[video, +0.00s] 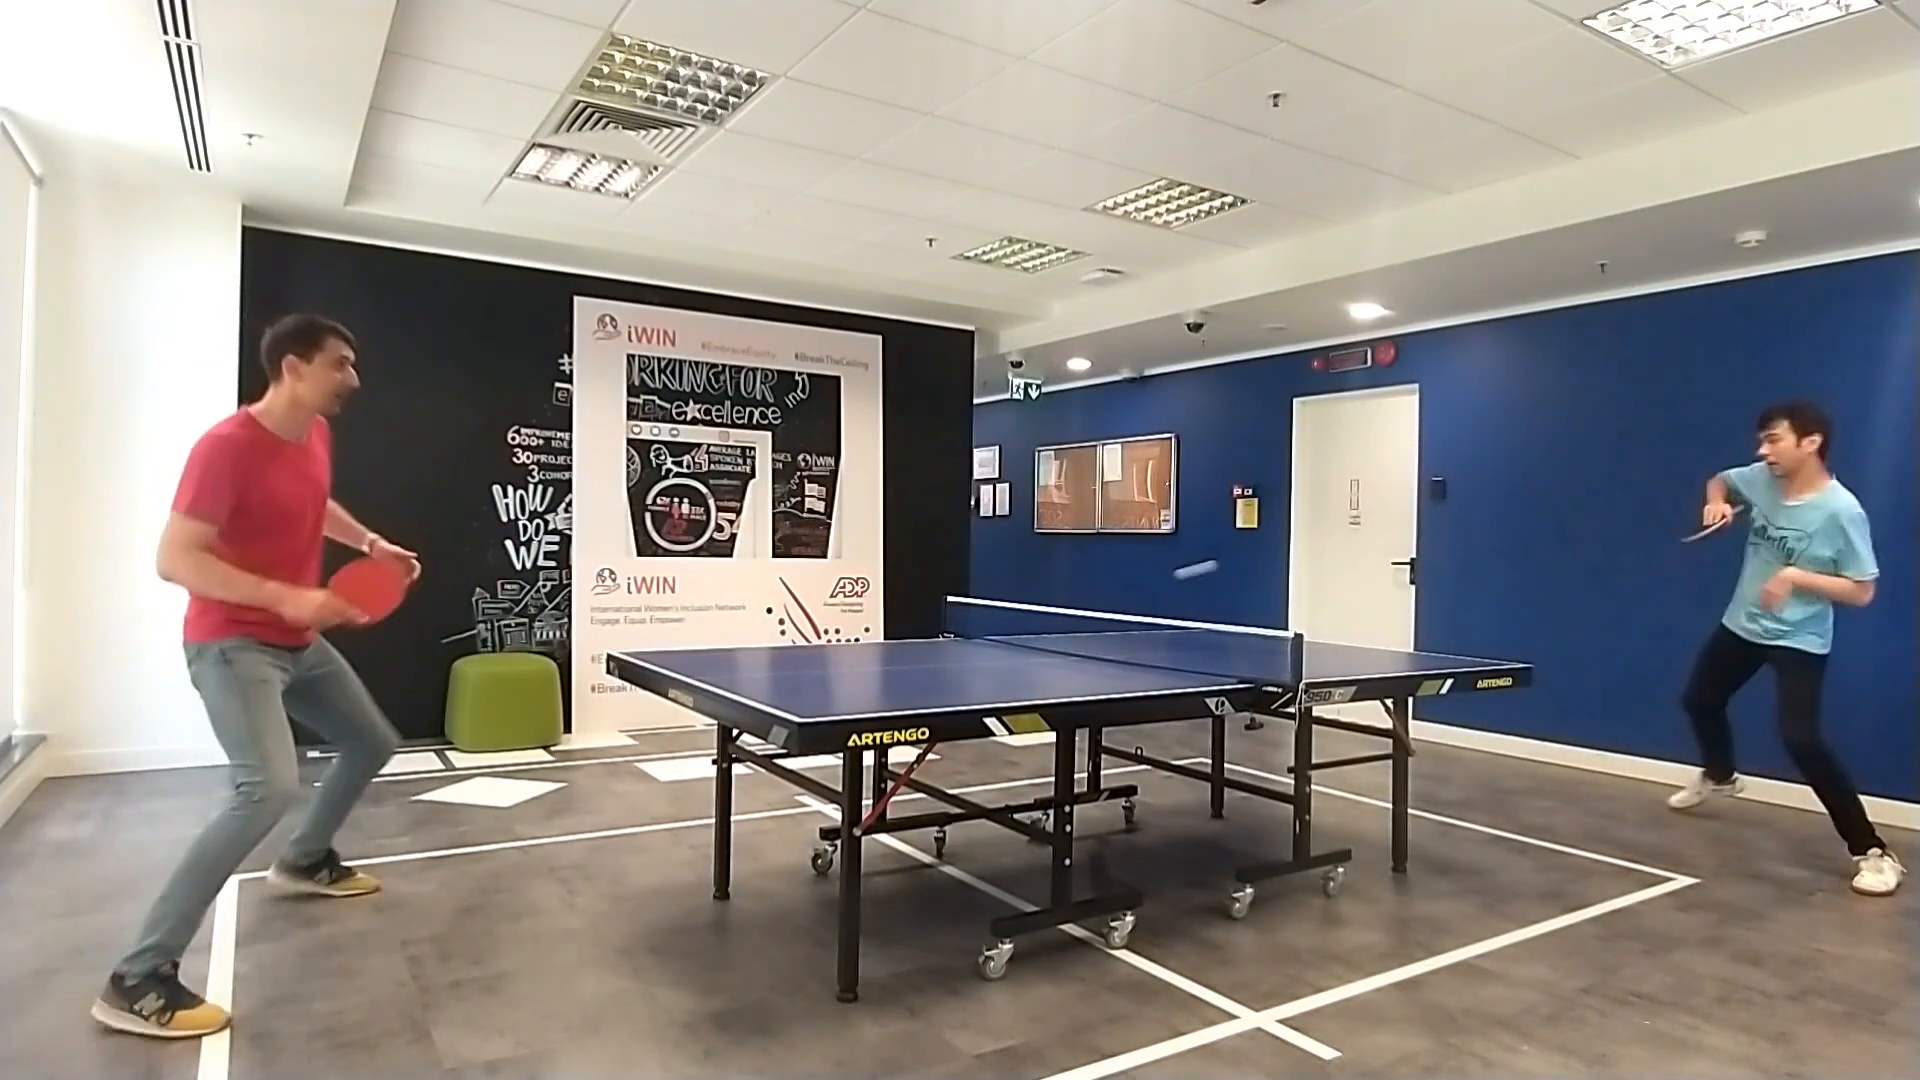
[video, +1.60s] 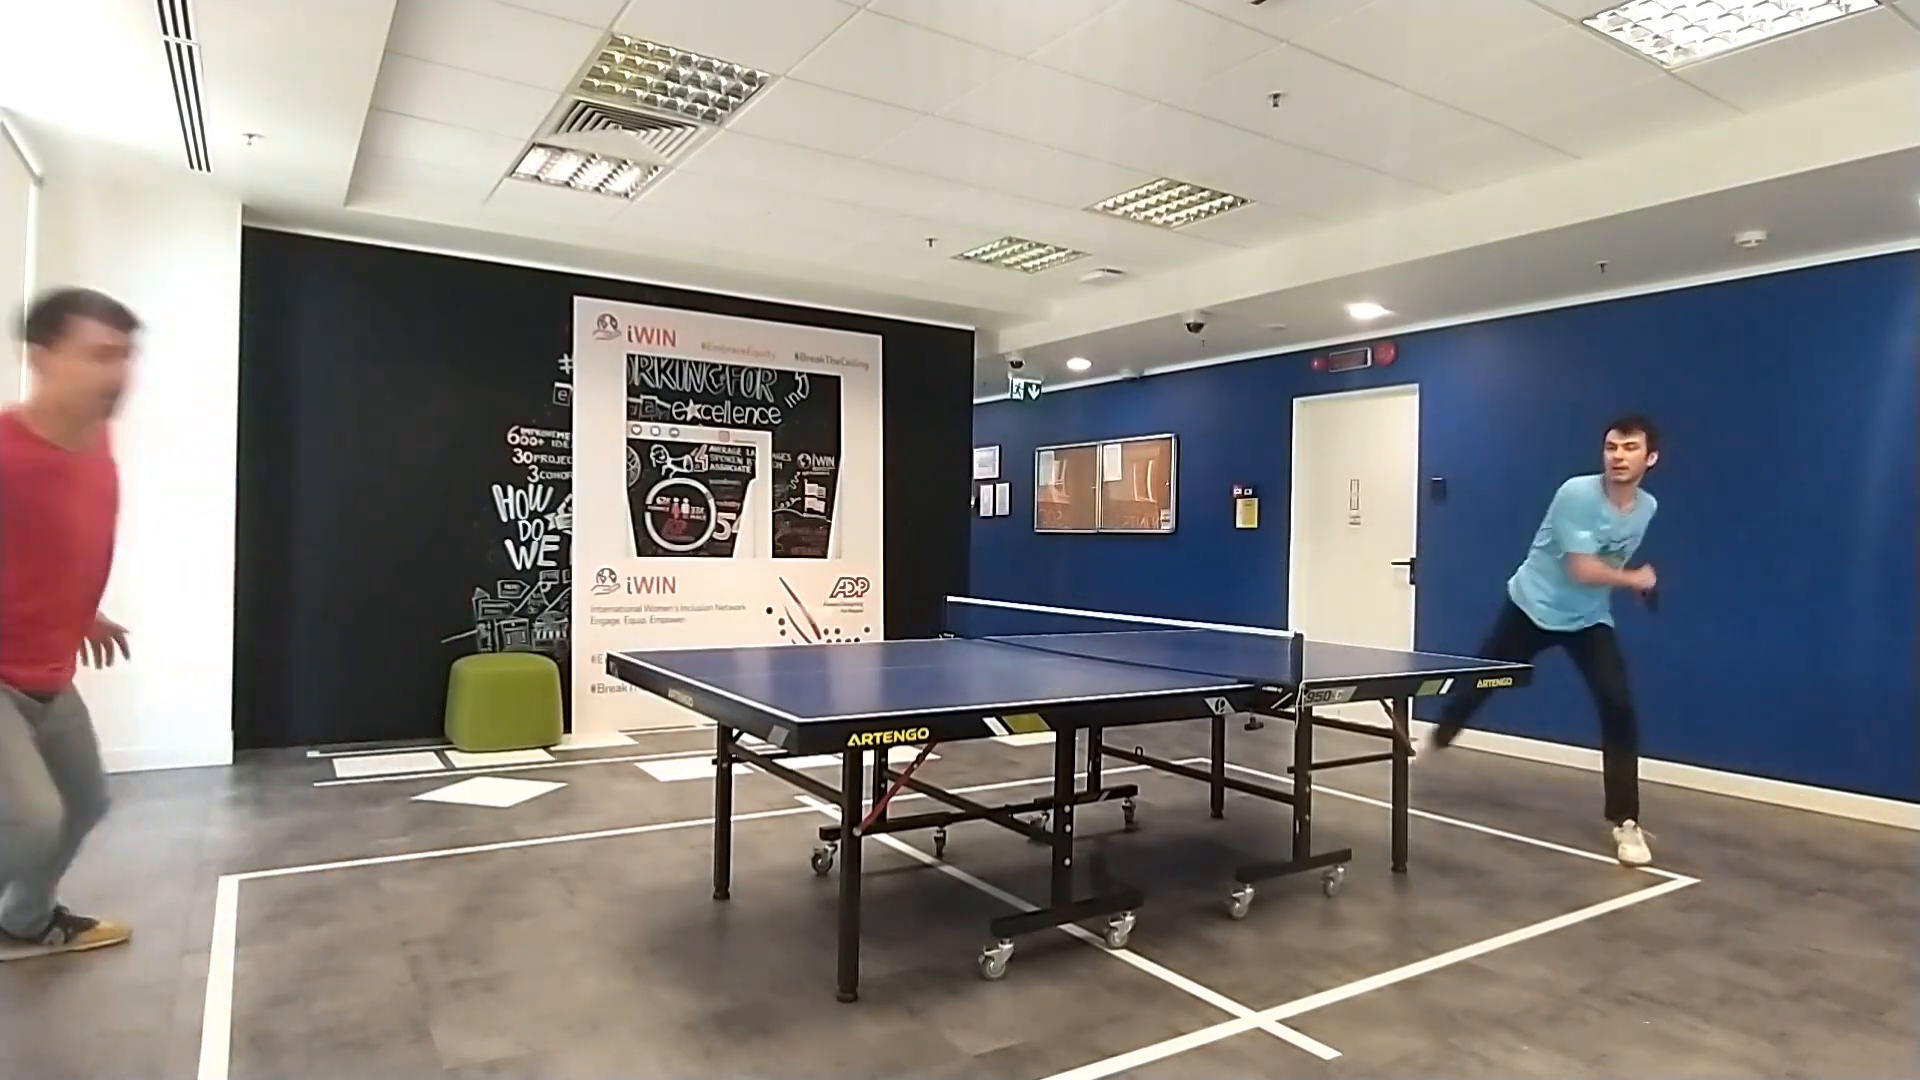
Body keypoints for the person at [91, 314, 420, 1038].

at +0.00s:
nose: (353, 379)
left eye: (353, 367)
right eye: (342, 365)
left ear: (309, 373)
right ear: (293, 368)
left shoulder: (315, 437)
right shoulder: (227, 446)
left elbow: (308, 506)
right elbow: (175, 558)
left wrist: (369, 543)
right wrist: (287, 596)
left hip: (298, 642)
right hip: (231, 645)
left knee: (371, 742)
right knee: (268, 790)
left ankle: (304, 858)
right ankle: (140, 975)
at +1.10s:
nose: (335, 350)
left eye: (335, 338)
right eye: (324, 334)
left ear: (286, 344)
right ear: (275, 336)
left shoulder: (276, 420)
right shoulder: (205, 409)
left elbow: (244, 509)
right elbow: (146, 508)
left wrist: (314, 542)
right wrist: (277, 522)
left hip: (230, 621)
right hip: (160, 627)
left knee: (309, 722)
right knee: (207, 789)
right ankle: (93, 961)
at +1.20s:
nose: (297, 324)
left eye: (298, 312)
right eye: (285, 309)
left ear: (251, 319)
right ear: (234, 311)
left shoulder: (245, 401)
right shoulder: (160, 385)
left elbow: (217, 498)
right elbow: (96, 491)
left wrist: (288, 538)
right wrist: (221, 526)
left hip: (187, 613)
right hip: (113, 608)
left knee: (243, 737)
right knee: (154, 779)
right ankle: (35, 960)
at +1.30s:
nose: (268, 339)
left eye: (267, 327)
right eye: (255, 324)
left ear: (217, 335)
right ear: (203, 327)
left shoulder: (205, 418)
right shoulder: (127, 404)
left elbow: (163, 512)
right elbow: (38, 508)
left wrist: (230, 556)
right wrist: (168, 563)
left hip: (133, 633)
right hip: (64, 626)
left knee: (168, 771)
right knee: (73, 812)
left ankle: (53, 888)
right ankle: (6, 906)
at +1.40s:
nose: (247, 381)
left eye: (247, 367)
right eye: (233, 364)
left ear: (189, 373)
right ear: (178, 367)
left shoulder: (168, 458)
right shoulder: (100, 442)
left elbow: (103, 548)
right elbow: (4, 537)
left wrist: (165, 599)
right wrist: (103, 620)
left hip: (84, 665)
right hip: (21, 659)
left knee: (134, 798)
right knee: (56, 829)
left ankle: (27, 917)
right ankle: (11, 924)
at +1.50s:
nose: (207, 399)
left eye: (207, 384)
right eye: (193, 381)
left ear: (148, 388)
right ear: (132, 382)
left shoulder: (139, 473)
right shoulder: (44, 466)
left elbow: (53, 572)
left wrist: (106, 626)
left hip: (60, 670)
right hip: (8, 674)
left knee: (120, 798)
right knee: (49, 824)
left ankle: (24, 917)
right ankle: (12, 922)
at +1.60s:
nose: (119, 375)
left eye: (125, 358)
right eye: (101, 355)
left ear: (129, 364)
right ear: (43, 359)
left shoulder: (96, 446)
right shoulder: (10, 445)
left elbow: (58, 550)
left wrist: (82, 613)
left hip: (50, 682)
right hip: (2, 684)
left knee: (86, 800)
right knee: (37, 816)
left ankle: (25, 916)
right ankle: (16, 918)